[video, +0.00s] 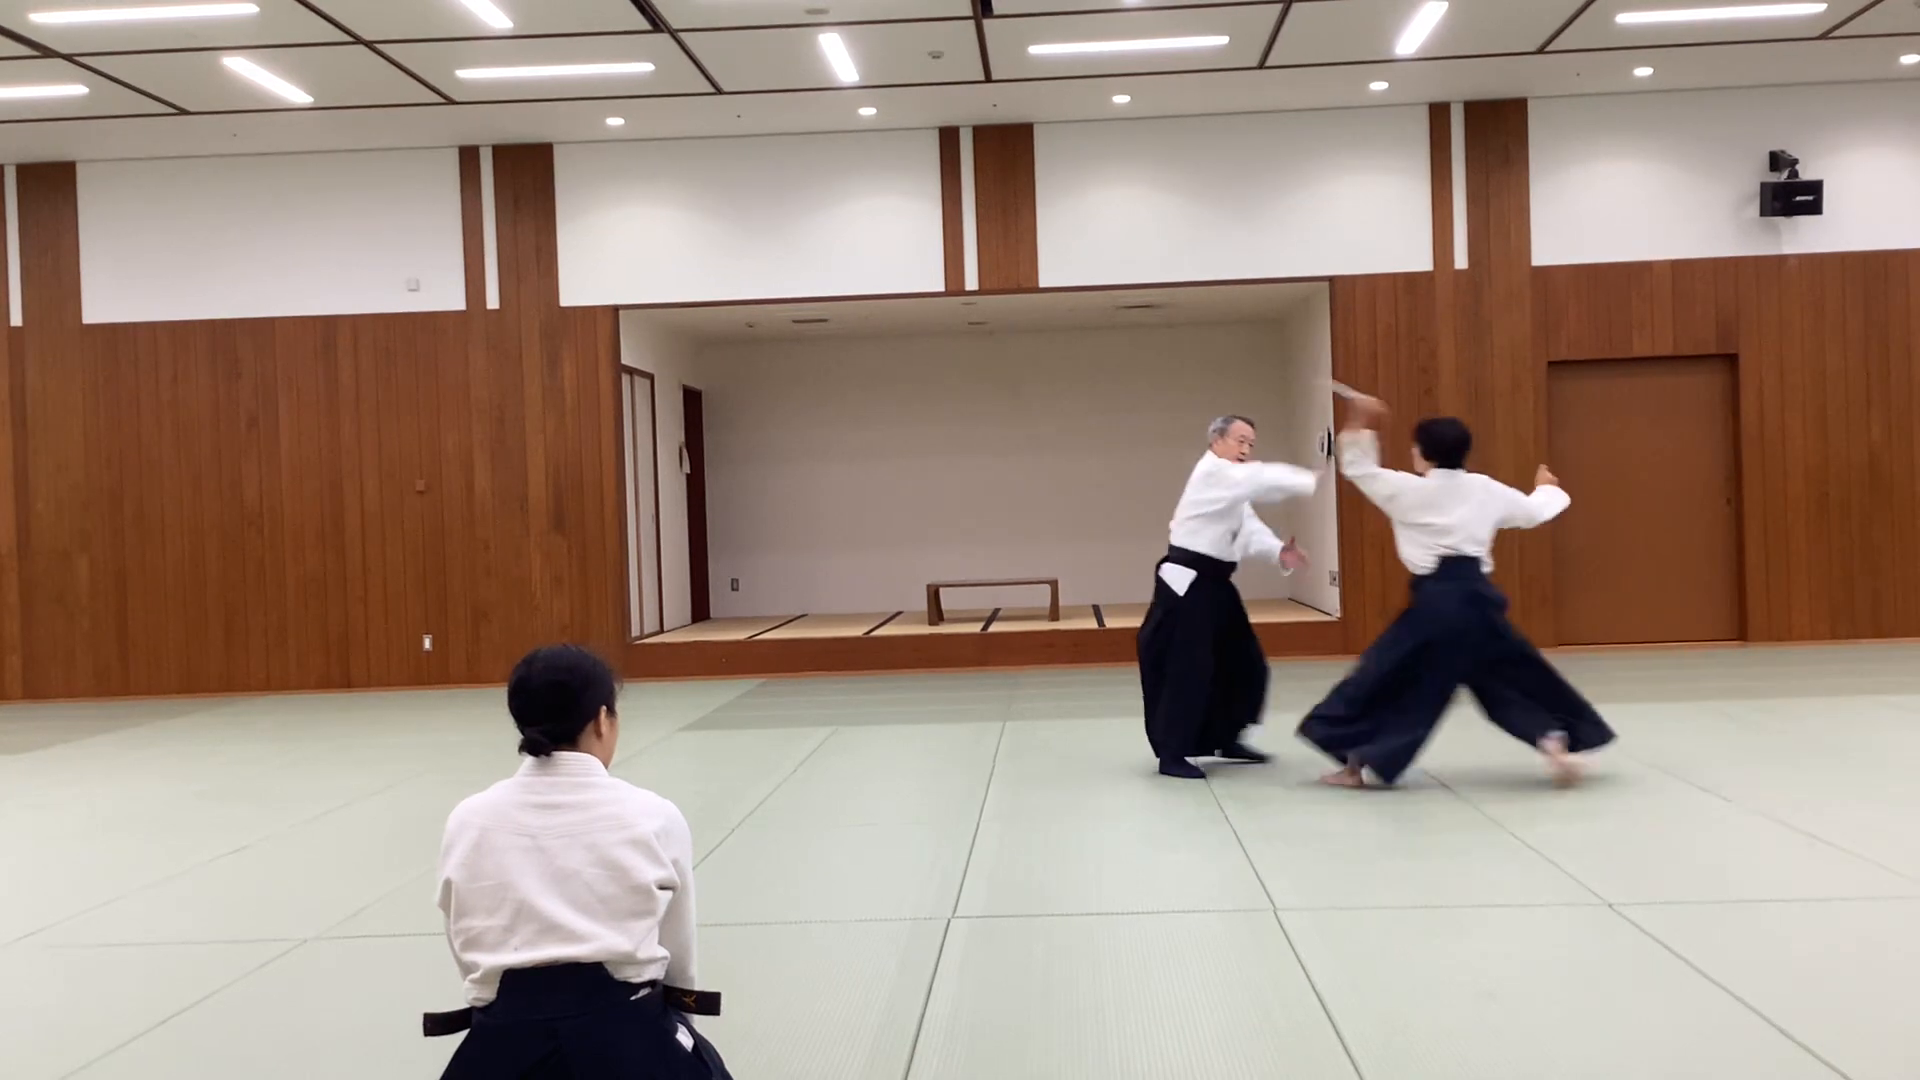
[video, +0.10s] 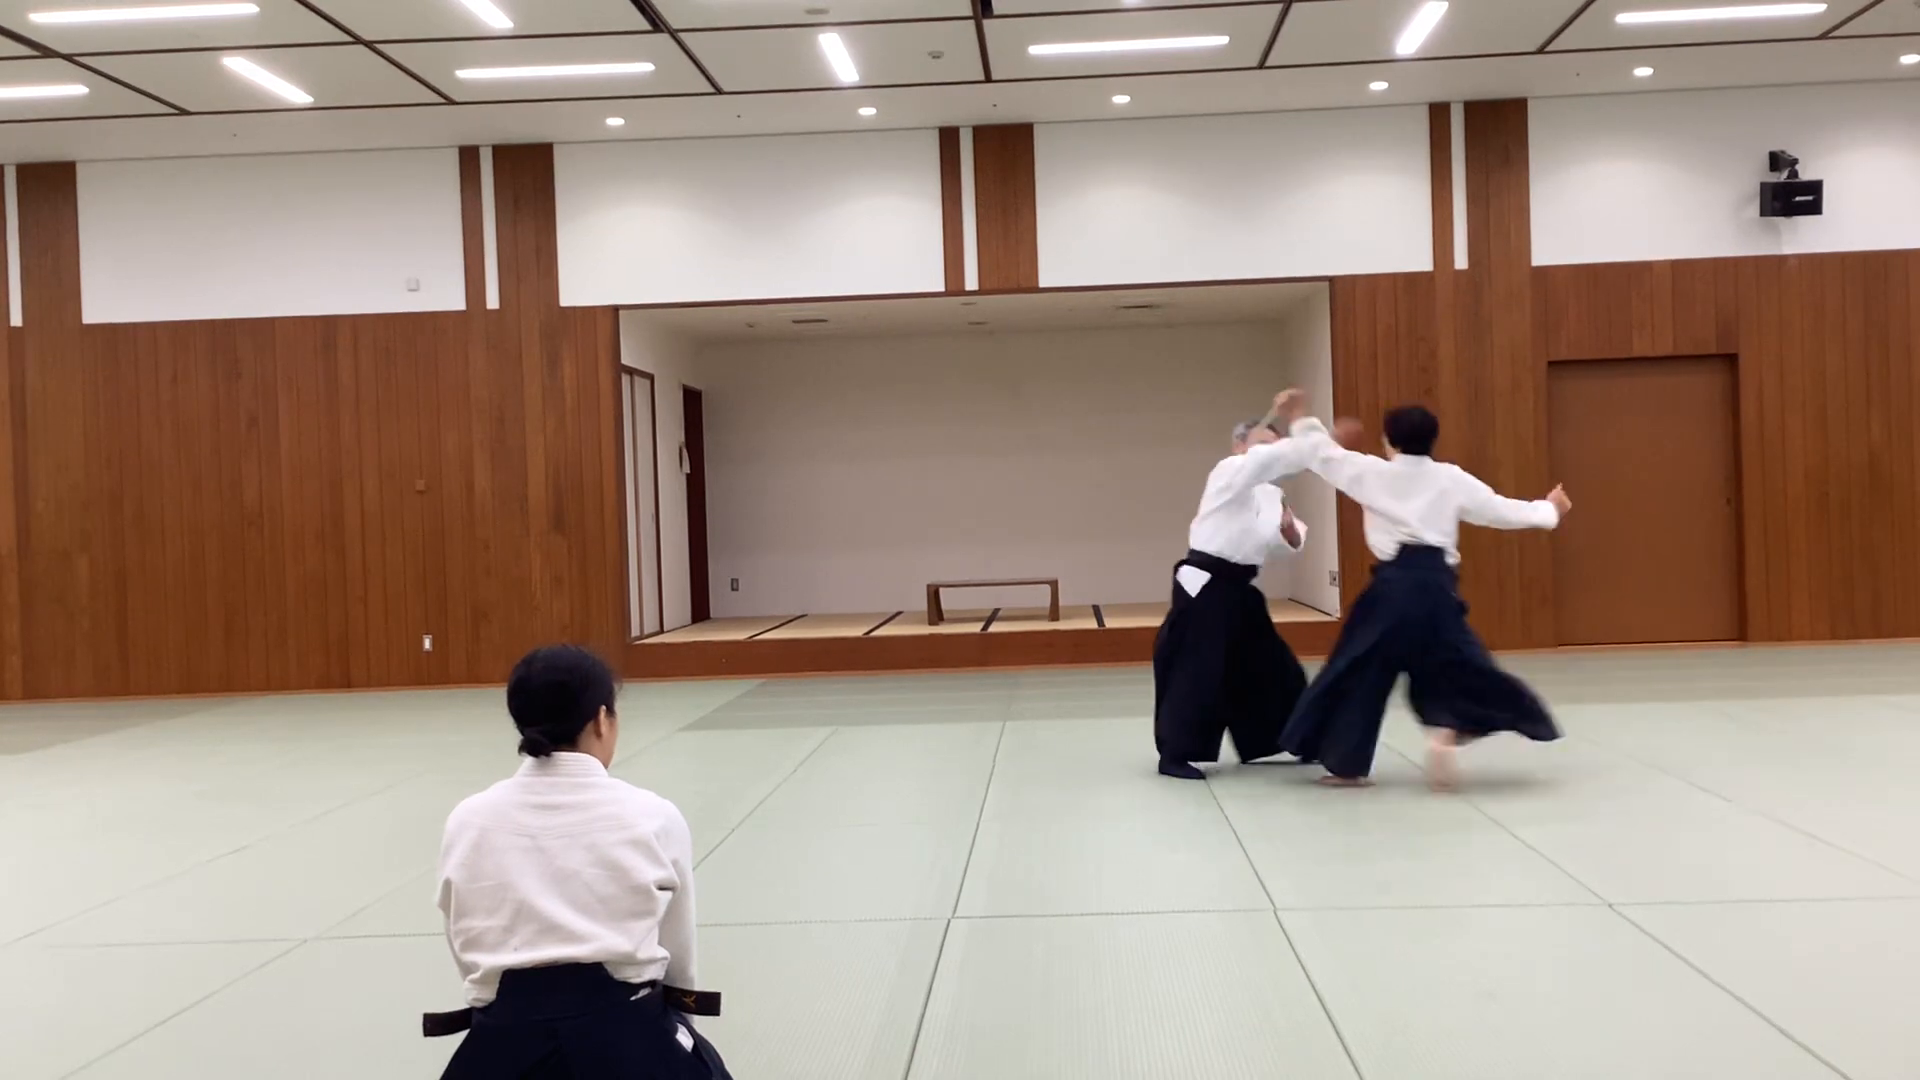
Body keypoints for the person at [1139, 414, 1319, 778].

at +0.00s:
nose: (1248, 449)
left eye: (1251, 444)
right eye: (1241, 441)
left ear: (1250, 449)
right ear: (1217, 441)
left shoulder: (1233, 480)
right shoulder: (1210, 470)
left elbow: (1248, 528)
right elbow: (1258, 477)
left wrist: (1278, 551)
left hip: (1215, 583)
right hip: (1186, 580)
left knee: (1244, 663)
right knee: (1185, 666)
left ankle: (1225, 738)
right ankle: (1171, 755)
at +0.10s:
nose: (1273, 448)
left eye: (1278, 442)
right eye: (1264, 440)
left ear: (1282, 449)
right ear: (1241, 444)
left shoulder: (1271, 494)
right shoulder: (1226, 473)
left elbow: (1281, 546)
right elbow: (1270, 460)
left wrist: (1292, 538)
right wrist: (1324, 441)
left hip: (1240, 587)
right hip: (1203, 581)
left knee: (1273, 662)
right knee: (1195, 668)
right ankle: (1174, 757)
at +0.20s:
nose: (1290, 456)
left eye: (1298, 448)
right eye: (1283, 448)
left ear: (1307, 456)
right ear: (1267, 452)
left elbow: (1303, 529)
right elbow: (1263, 453)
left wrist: (1281, 510)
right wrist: (1286, 429)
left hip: (1266, 590)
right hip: (1227, 584)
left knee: (1301, 654)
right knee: (1210, 667)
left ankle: (1297, 739)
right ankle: (1177, 751)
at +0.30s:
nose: (1301, 455)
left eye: (1311, 449)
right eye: (1297, 447)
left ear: (1326, 451)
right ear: (1291, 443)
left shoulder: (1329, 486)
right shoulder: (1274, 474)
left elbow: (1325, 530)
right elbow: (1248, 460)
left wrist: (1266, 509)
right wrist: (1238, 436)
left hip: (1304, 574)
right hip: (1261, 570)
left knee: (1306, 656)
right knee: (1236, 649)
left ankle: (1314, 742)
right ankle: (1211, 735)